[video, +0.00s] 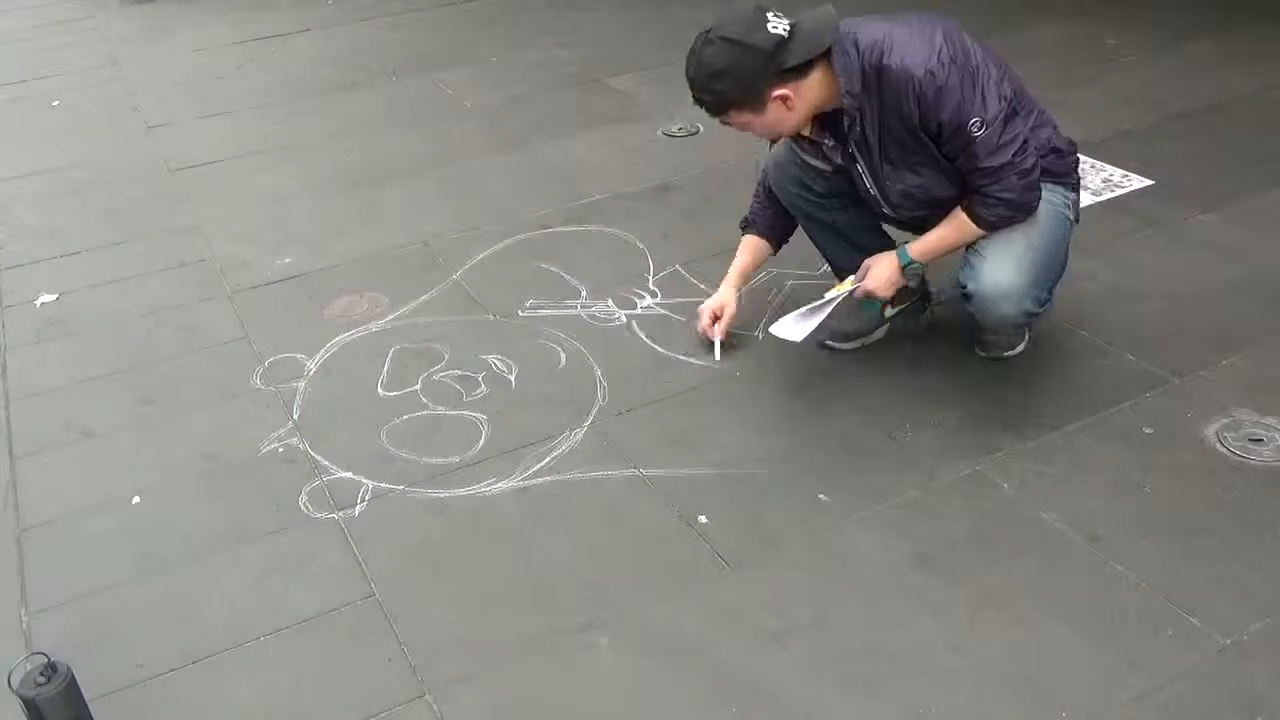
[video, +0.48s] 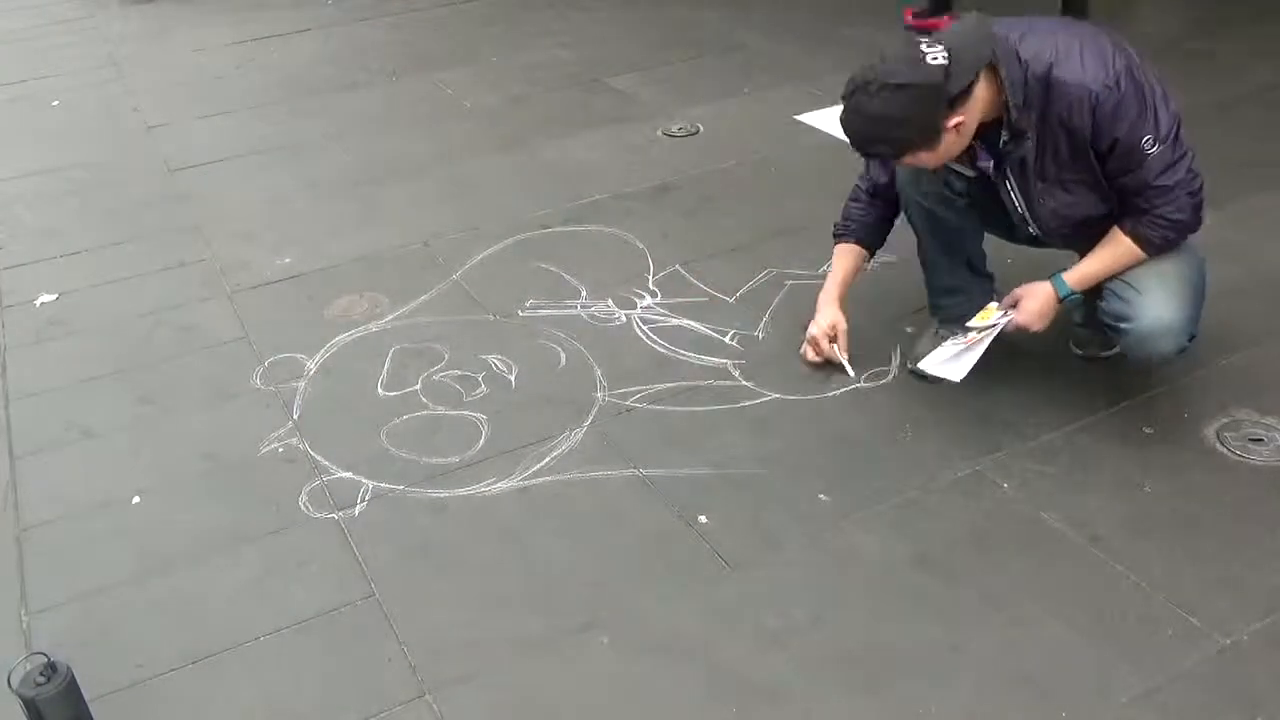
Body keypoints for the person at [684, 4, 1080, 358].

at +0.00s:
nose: (749, 135)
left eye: (745, 124)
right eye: (738, 126)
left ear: (782, 98)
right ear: (781, 94)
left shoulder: (928, 69)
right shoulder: (809, 100)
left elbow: (1010, 196)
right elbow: (777, 193)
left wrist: (904, 260)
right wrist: (731, 284)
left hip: (1027, 185)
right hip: (925, 191)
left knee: (1000, 293)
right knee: (790, 167)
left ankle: (1001, 320)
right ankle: (895, 293)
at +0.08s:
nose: (757, 136)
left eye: (754, 127)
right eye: (747, 129)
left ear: (793, 105)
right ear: (793, 100)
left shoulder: (937, 73)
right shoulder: (822, 95)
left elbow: (1019, 199)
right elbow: (767, 184)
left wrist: (912, 260)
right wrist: (688, 265)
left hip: (1034, 188)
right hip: (935, 191)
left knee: (1010, 299)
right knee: (799, 160)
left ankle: (1005, 320)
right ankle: (893, 294)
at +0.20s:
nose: (828, 149)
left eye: (830, 137)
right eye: (819, 141)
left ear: (879, 102)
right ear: (880, 99)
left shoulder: (1002, 78)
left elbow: (1079, 196)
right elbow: (820, 209)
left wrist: (971, 264)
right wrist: (804, 317)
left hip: (1034, 214)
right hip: (949, 210)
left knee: (1083, 297)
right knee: (838, 180)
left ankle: (1001, 297)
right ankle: (900, 298)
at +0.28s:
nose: (758, 172)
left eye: (759, 163)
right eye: (750, 165)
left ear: (803, 135)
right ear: (801, 132)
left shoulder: (941, 89)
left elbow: (1038, 185)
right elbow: (765, 207)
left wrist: (947, 269)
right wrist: (743, 311)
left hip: (1002, 203)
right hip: (914, 209)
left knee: (1063, 287)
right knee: (795, 203)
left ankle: (989, 288)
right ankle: (889, 303)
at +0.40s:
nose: (927, 133)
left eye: (927, 124)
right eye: (919, 126)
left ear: (978, 94)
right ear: (976, 90)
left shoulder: (1114, 86)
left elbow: (1181, 224)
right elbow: (927, 166)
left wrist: (1059, 288)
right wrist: (893, 269)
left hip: (1142, 217)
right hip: (1062, 194)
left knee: (1143, 350)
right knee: (944, 156)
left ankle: (1088, 298)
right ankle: (967, 311)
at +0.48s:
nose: (915, 167)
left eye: (918, 157)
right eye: (905, 160)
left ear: (955, 125)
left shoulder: (1096, 88)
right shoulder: (926, 95)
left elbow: (1172, 213)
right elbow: (873, 194)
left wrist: (1060, 288)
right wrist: (831, 298)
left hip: (1122, 221)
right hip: (1034, 207)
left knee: (1158, 333)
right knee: (919, 176)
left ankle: (1094, 304)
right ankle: (966, 319)